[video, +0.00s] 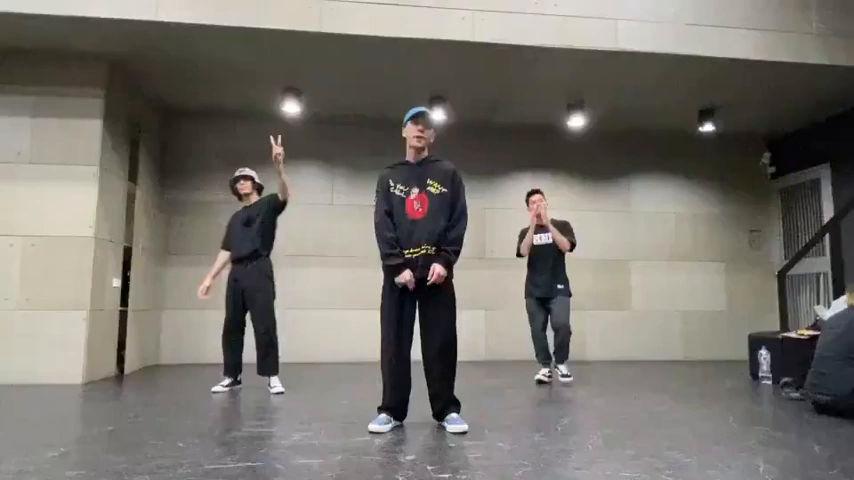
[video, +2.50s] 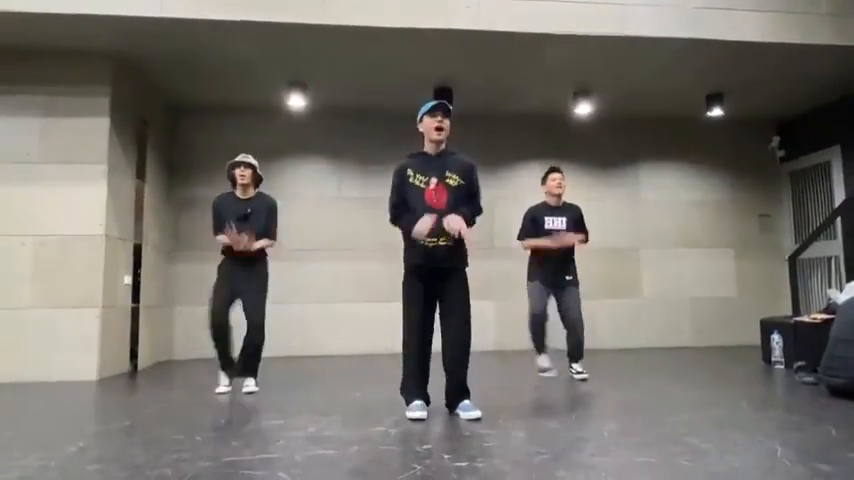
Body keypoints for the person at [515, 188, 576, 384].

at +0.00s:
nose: (538, 205)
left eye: (540, 201)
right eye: (533, 203)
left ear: (546, 203)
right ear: (528, 208)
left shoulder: (561, 225)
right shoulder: (526, 232)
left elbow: (567, 247)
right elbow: (522, 252)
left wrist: (548, 224)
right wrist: (533, 225)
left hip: (558, 286)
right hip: (534, 288)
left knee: (561, 325)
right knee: (537, 329)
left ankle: (561, 364)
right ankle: (545, 366)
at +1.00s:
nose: (552, 209)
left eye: (555, 206)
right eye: (549, 205)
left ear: (558, 208)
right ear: (540, 206)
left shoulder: (560, 227)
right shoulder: (530, 228)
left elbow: (572, 219)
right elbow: (532, 222)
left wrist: (562, 199)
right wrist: (544, 203)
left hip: (561, 280)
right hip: (538, 283)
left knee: (568, 318)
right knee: (543, 328)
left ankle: (567, 363)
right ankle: (552, 368)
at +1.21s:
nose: (555, 213)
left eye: (558, 210)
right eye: (552, 208)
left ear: (561, 210)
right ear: (544, 207)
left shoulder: (564, 224)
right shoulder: (531, 225)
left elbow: (577, 230)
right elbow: (534, 226)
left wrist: (574, 207)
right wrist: (557, 206)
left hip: (565, 282)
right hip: (541, 283)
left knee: (565, 325)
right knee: (546, 328)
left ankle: (565, 370)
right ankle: (554, 367)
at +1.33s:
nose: (559, 212)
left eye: (563, 208)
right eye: (557, 207)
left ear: (566, 207)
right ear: (548, 203)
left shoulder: (571, 220)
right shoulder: (535, 221)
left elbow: (581, 239)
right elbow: (537, 238)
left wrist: (587, 258)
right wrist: (545, 251)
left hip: (569, 283)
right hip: (544, 284)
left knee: (569, 323)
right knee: (550, 327)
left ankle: (567, 368)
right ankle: (557, 365)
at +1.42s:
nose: (563, 209)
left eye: (567, 206)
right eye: (560, 205)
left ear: (571, 205)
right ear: (552, 201)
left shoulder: (576, 222)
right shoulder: (539, 222)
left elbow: (583, 254)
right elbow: (535, 252)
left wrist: (588, 280)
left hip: (572, 283)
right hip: (547, 284)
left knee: (573, 325)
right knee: (552, 328)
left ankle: (569, 367)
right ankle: (559, 364)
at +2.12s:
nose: (557, 184)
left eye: (560, 181)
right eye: (552, 181)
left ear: (564, 186)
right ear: (544, 186)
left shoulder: (575, 213)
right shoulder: (534, 214)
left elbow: (581, 242)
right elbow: (526, 244)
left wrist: (578, 257)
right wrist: (539, 258)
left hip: (570, 275)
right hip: (545, 277)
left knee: (576, 319)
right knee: (548, 321)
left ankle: (568, 358)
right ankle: (554, 363)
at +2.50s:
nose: (558, 183)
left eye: (561, 180)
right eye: (553, 180)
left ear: (564, 186)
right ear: (544, 186)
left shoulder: (574, 211)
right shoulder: (534, 212)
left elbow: (583, 237)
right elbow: (525, 242)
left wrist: (568, 238)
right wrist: (551, 241)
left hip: (566, 273)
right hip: (539, 274)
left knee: (574, 319)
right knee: (537, 311)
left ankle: (575, 362)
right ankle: (541, 353)